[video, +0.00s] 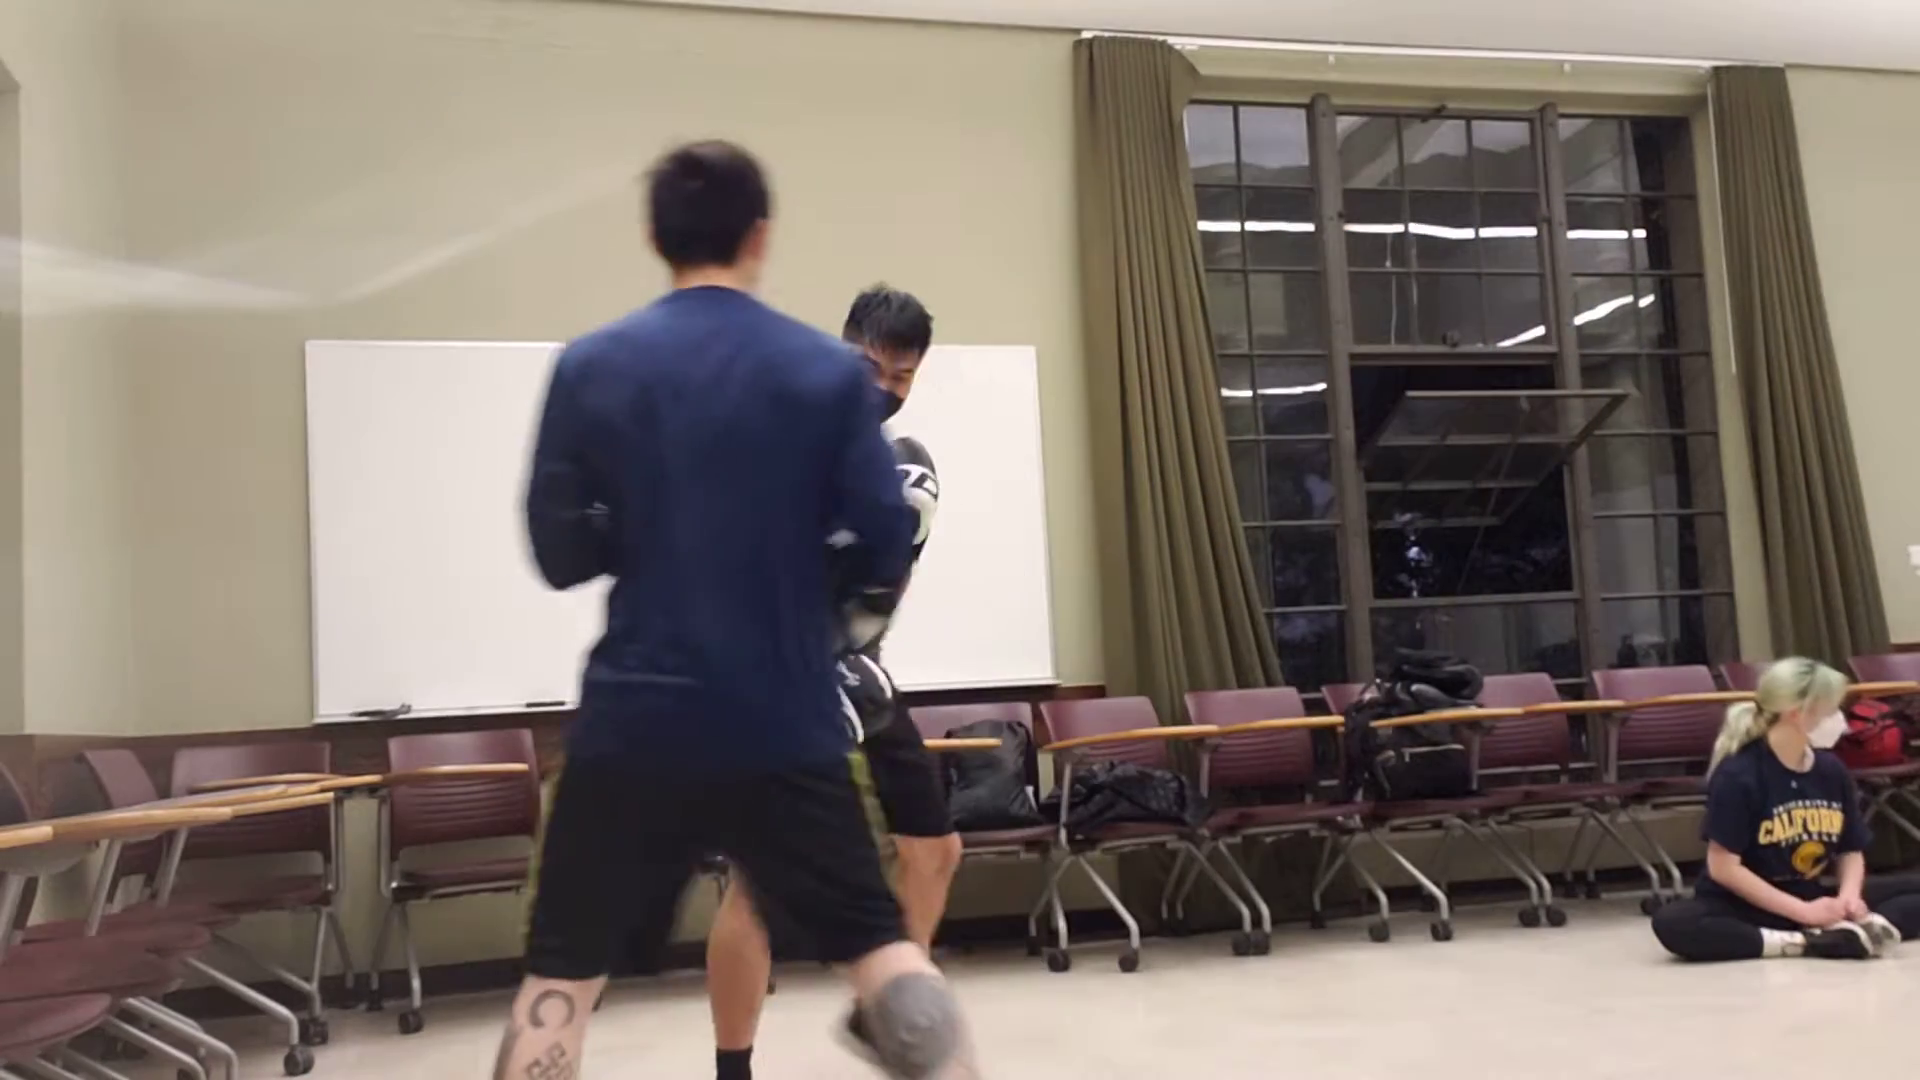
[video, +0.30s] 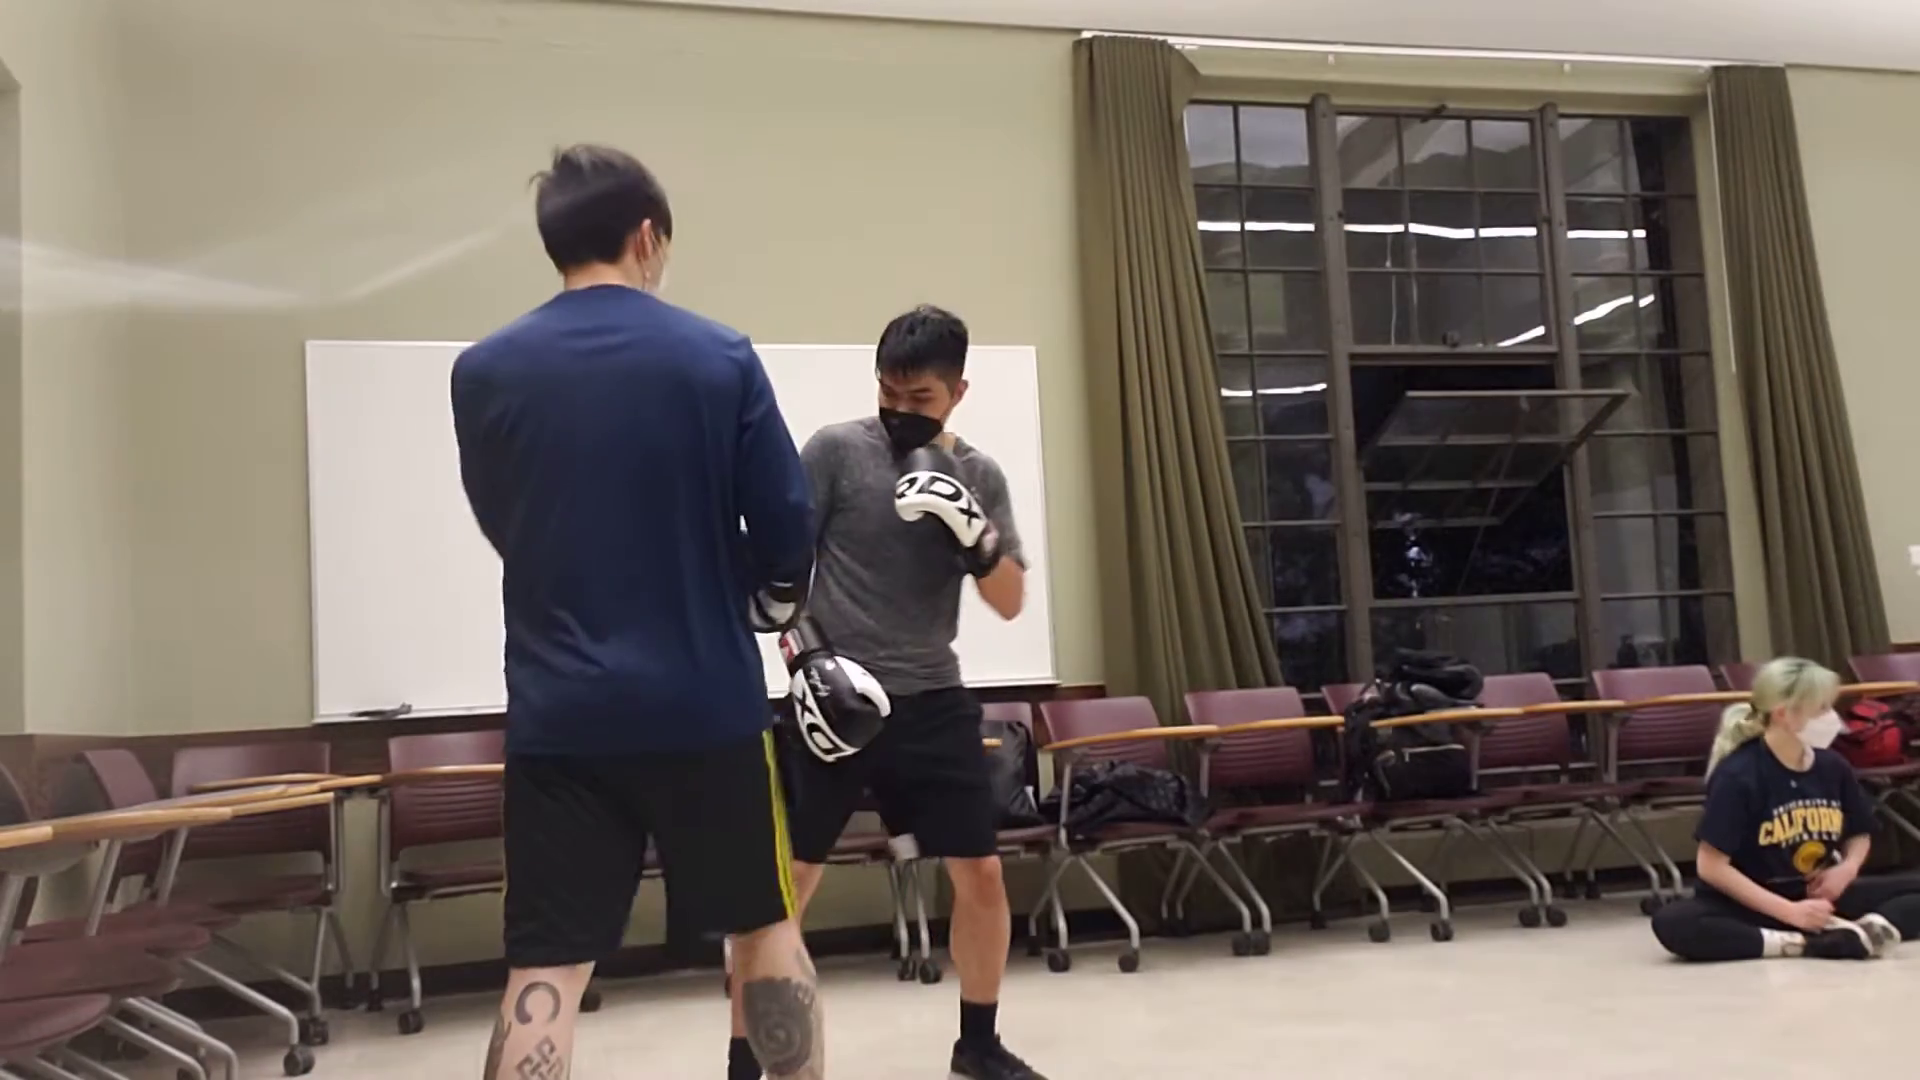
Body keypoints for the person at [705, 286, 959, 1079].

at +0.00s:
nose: (885, 387)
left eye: (901, 373)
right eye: (873, 367)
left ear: (915, 375)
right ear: (839, 354)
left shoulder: (908, 460)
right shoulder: (777, 436)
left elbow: (887, 583)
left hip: (854, 667)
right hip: (771, 672)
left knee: (931, 846)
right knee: (757, 879)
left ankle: (887, 1009)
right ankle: (734, 1065)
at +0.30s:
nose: (907, 409)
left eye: (926, 395)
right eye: (895, 392)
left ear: (958, 389)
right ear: (876, 382)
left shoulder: (979, 475)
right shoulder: (833, 452)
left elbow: (1009, 600)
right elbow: (780, 566)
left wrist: (973, 529)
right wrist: (806, 660)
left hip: (933, 701)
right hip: (834, 699)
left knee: (980, 874)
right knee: (785, 884)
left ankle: (978, 1042)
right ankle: (745, 1054)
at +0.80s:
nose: (938, 399)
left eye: (955, 385)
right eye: (927, 384)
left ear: (985, 385)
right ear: (910, 380)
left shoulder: (1004, 474)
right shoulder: (869, 462)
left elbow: (1006, 584)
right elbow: (835, 576)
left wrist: (952, 500)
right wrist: (869, 658)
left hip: (970, 684)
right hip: (875, 685)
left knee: (1030, 851)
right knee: (822, 858)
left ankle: (1074, 1002)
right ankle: (804, 1036)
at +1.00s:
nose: (1018, 392)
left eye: (1035, 379)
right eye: (1008, 379)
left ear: (1073, 385)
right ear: (996, 383)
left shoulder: (1097, 471)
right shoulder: (962, 455)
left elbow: (1081, 572)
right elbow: (917, 572)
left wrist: (998, 502)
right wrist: (946, 641)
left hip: (1067, 695)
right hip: (970, 692)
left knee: (1116, 865)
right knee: (892, 859)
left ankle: (1151, 1022)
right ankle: (811, 1029)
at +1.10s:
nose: (1050, 377)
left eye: (1067, 363)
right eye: (1041, 364)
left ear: (1108, 369)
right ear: (1030, 372)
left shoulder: (1142, 460)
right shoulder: (1003, 453)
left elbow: (1145, 570)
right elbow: (965, 561)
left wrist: (1064, 513)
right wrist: (980, 629)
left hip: (1112, 681)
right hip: (1017, 681)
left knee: (1140, 858)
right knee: (958, 849)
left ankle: (1151, 1021)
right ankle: (904, 1024)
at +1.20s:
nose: (1076, 351)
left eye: (1091, 337)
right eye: (1066, 338)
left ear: (1132, 340)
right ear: (1055, 343)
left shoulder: (1174, 434)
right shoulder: (1027, 428)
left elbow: (1200, 551)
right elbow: (1007, 540)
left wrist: (1129, 511)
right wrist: (1018, 623)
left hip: (1143, 652)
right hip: (1051, 651)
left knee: (1166, 823)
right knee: (1026, 826)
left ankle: (1165, 1004)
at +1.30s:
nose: (1097, 348)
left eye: (1113, 335)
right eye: (1088, 335)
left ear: (1155, 336)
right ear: (1079, 336)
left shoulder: (1196, 426)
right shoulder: (1051, 421)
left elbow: (1230, 545)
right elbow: (1023, 534)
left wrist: (1190, 526)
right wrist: (1047, 624)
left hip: (1175, 640)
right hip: (1084, 642)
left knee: (1217, 808)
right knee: (1086, 822)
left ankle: (1217, 988)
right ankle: (1105, 992)